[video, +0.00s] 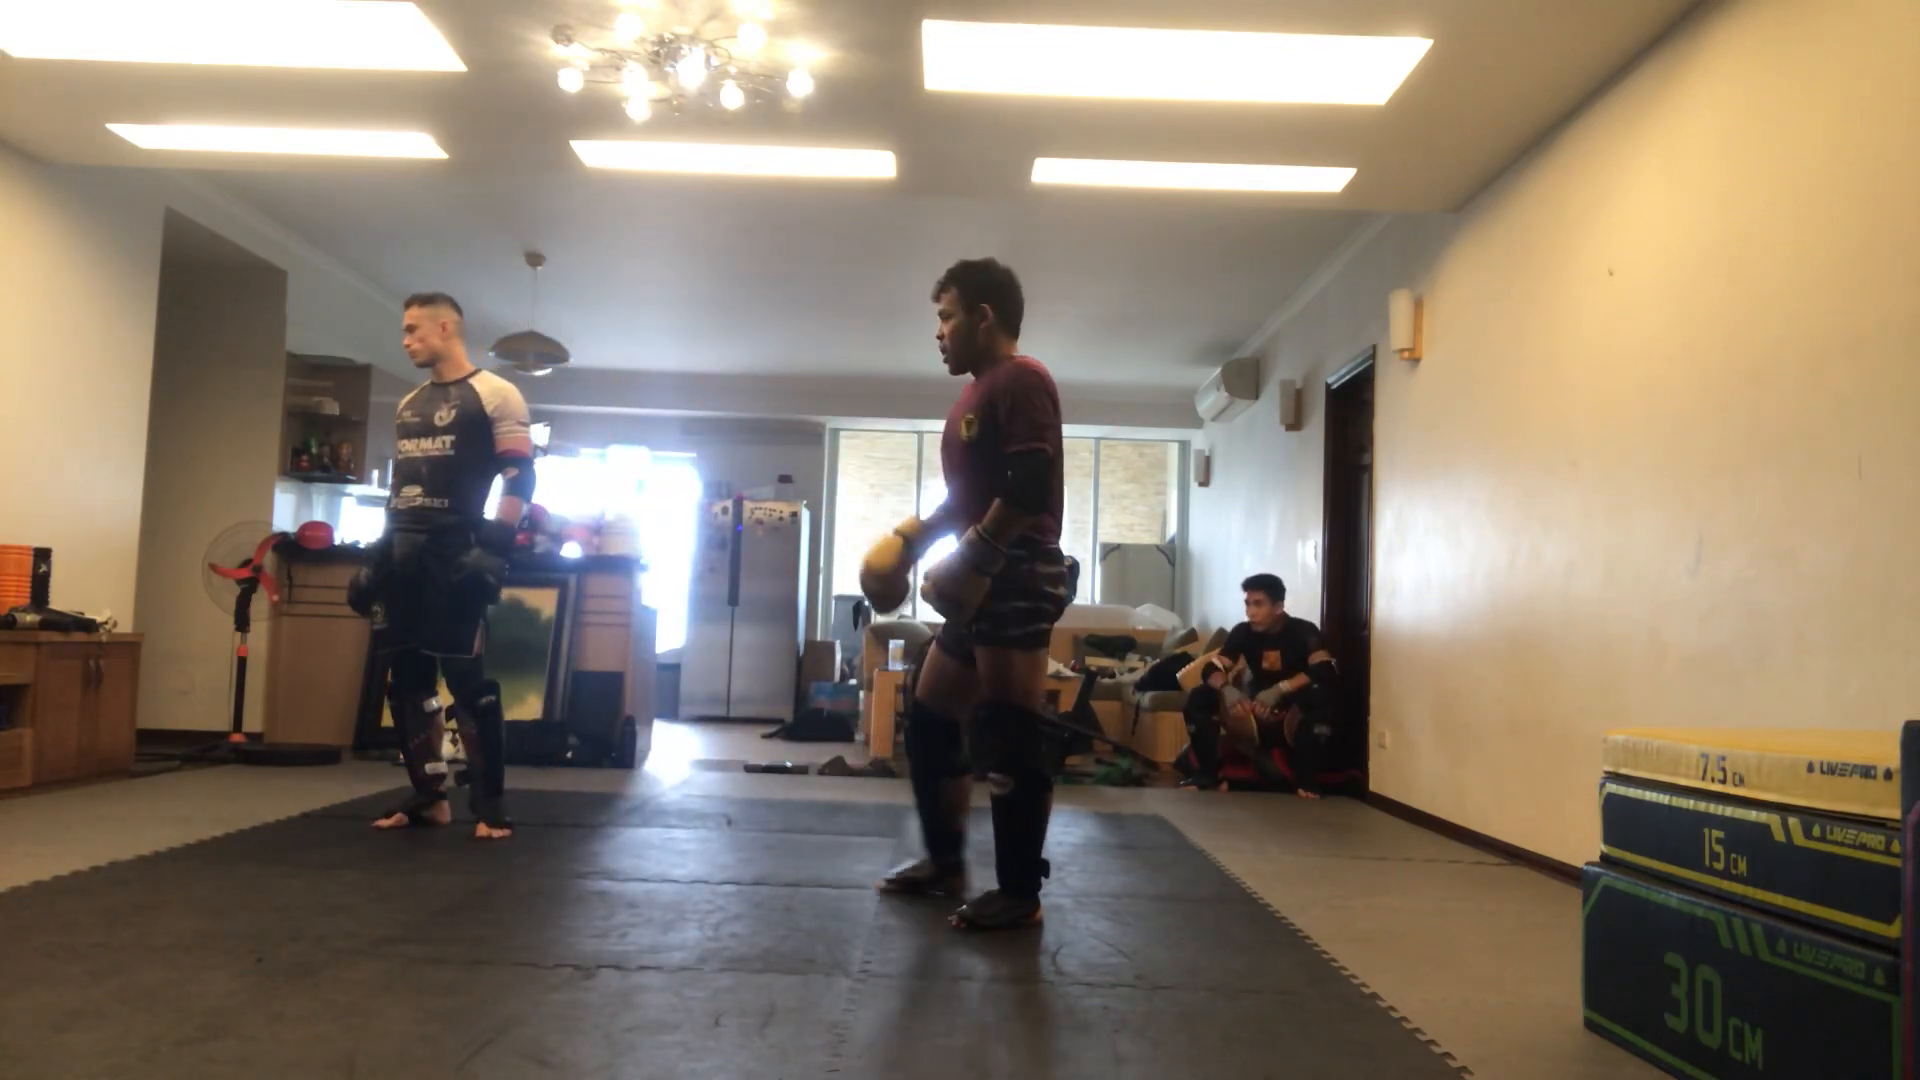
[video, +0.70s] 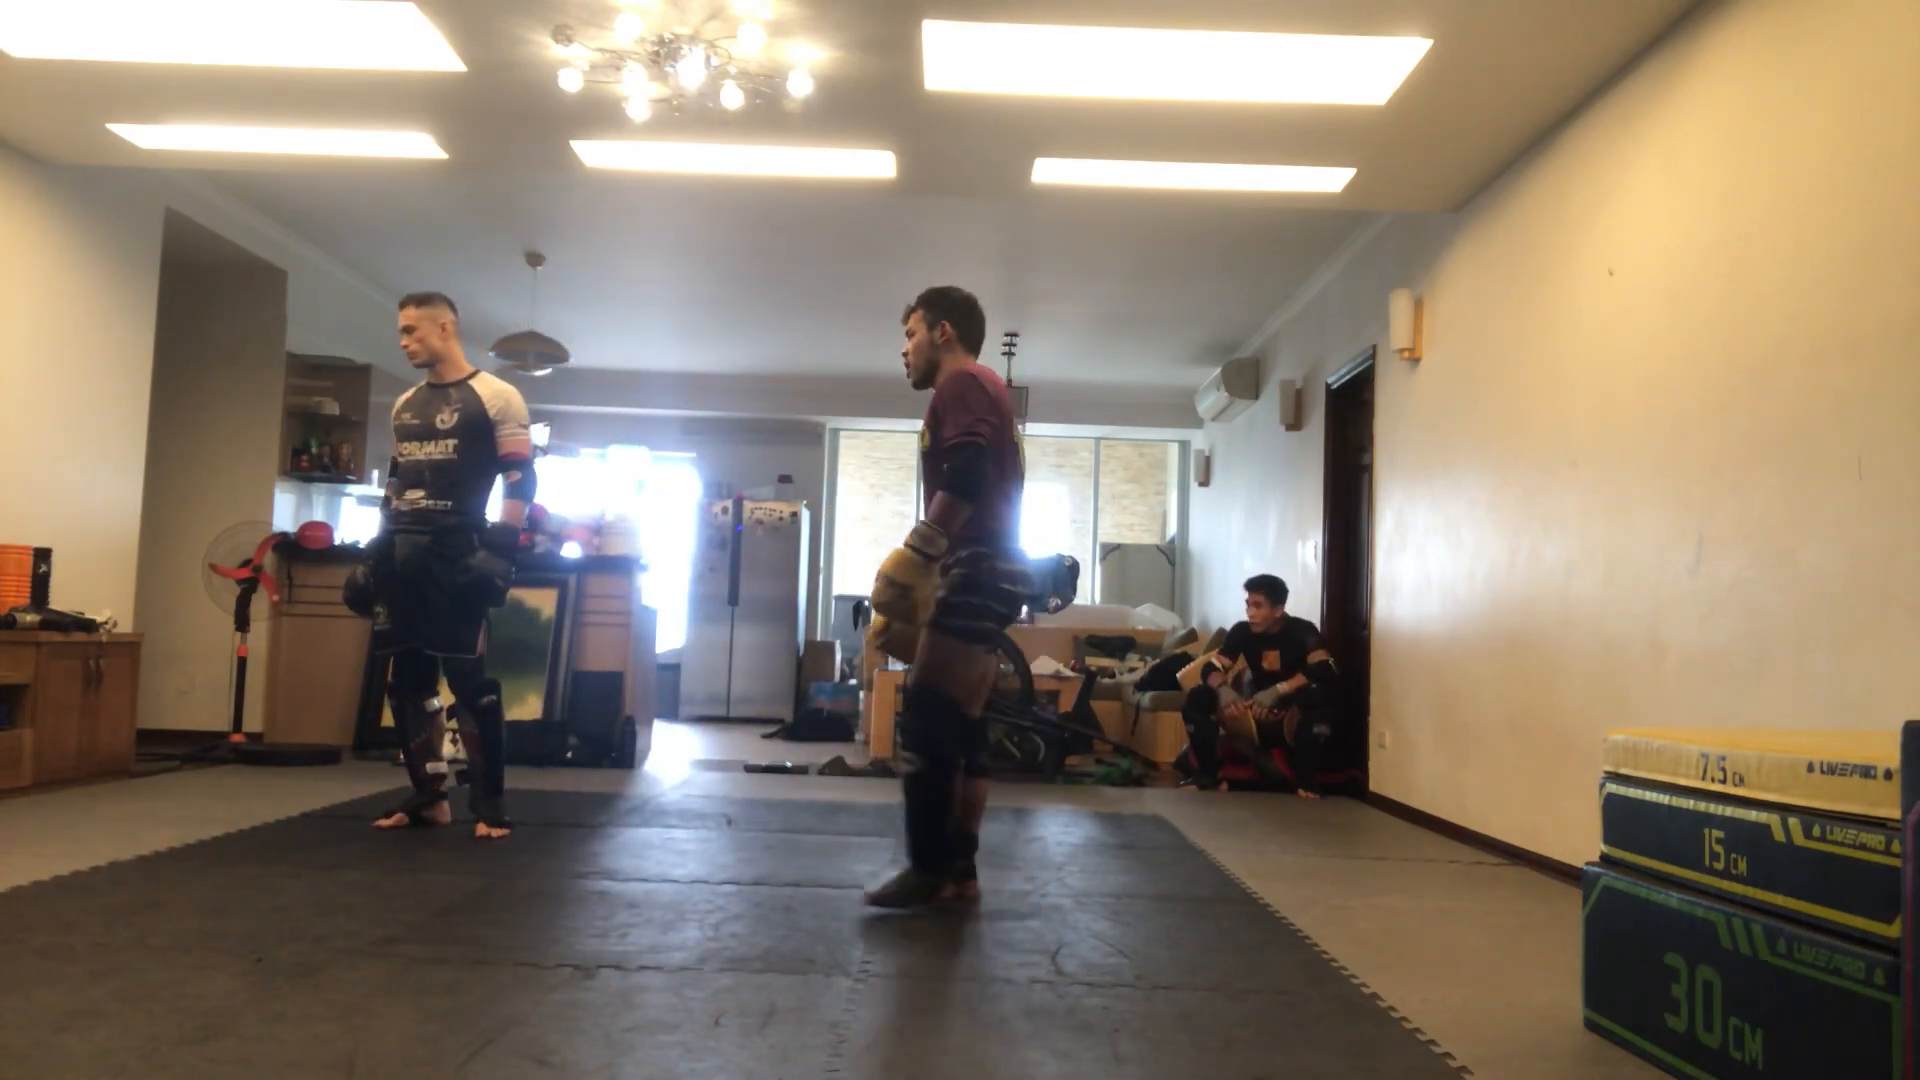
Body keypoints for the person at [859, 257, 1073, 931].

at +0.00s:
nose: (937, 332)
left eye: (946, 318)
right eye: (937, 319)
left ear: (984, 317)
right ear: (978, 319)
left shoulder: (1020, 380)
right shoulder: (975, 393)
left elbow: (1028, 483)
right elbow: (965, 497)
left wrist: (974, 561)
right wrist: (910, 539)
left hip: (1021, 574)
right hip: (981, 572)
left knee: (1012, 730)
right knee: (930, 715)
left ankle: (1019, 893)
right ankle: (945, 864)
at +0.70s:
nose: (904, 347)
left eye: (911, 333)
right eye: (905, 335)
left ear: (944, 333)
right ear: (956, 337)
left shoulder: (962, 383)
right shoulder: (980, 388)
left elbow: (966, 483)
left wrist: (912, 562)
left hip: (975, 569)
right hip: (990, 568)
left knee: (929, 717)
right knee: (963, 726)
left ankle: (930, 869)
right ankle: (956, 872)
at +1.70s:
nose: (850, 352)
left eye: (855, 338)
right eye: (851, 338)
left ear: (881, 341)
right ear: (904, 343)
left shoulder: (910, 414)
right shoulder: (927, 408)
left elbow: (885, 531)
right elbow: (901, 526)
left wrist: (841, 609)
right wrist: (854, 601)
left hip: (900, 591)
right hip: (913, 588)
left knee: (876, 726)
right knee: (872, 716)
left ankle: (877, 870)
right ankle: (924, 823)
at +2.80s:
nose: (868, 379)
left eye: (871, 367)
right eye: (868, 368)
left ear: (895, 362)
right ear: (913, 364)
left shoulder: (932, 419)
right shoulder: (933, 420)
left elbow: (928, 511)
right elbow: (926, 514)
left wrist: (900, 587)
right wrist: (899, 588)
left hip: (909, 590)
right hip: (926, 591)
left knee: (883, 720)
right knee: (919, 724)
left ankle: (897, 852)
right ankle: (918, 846)